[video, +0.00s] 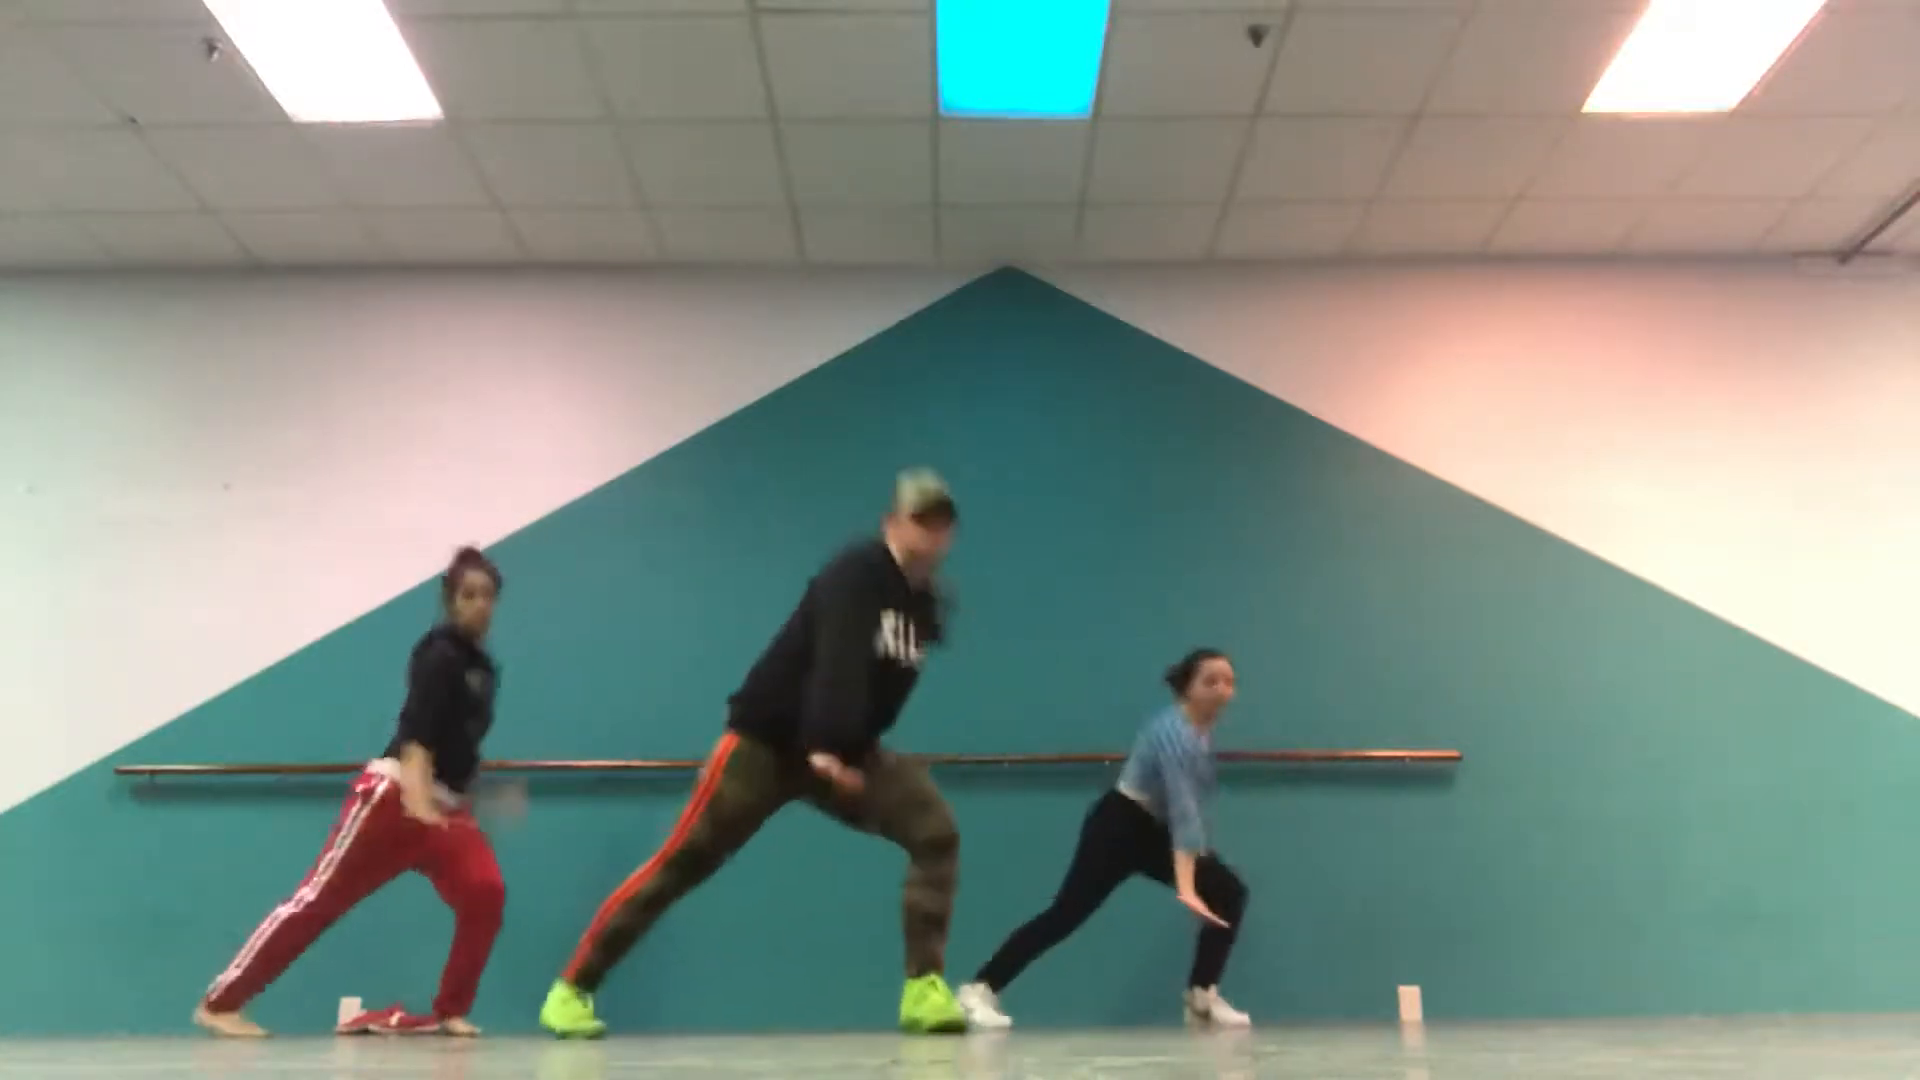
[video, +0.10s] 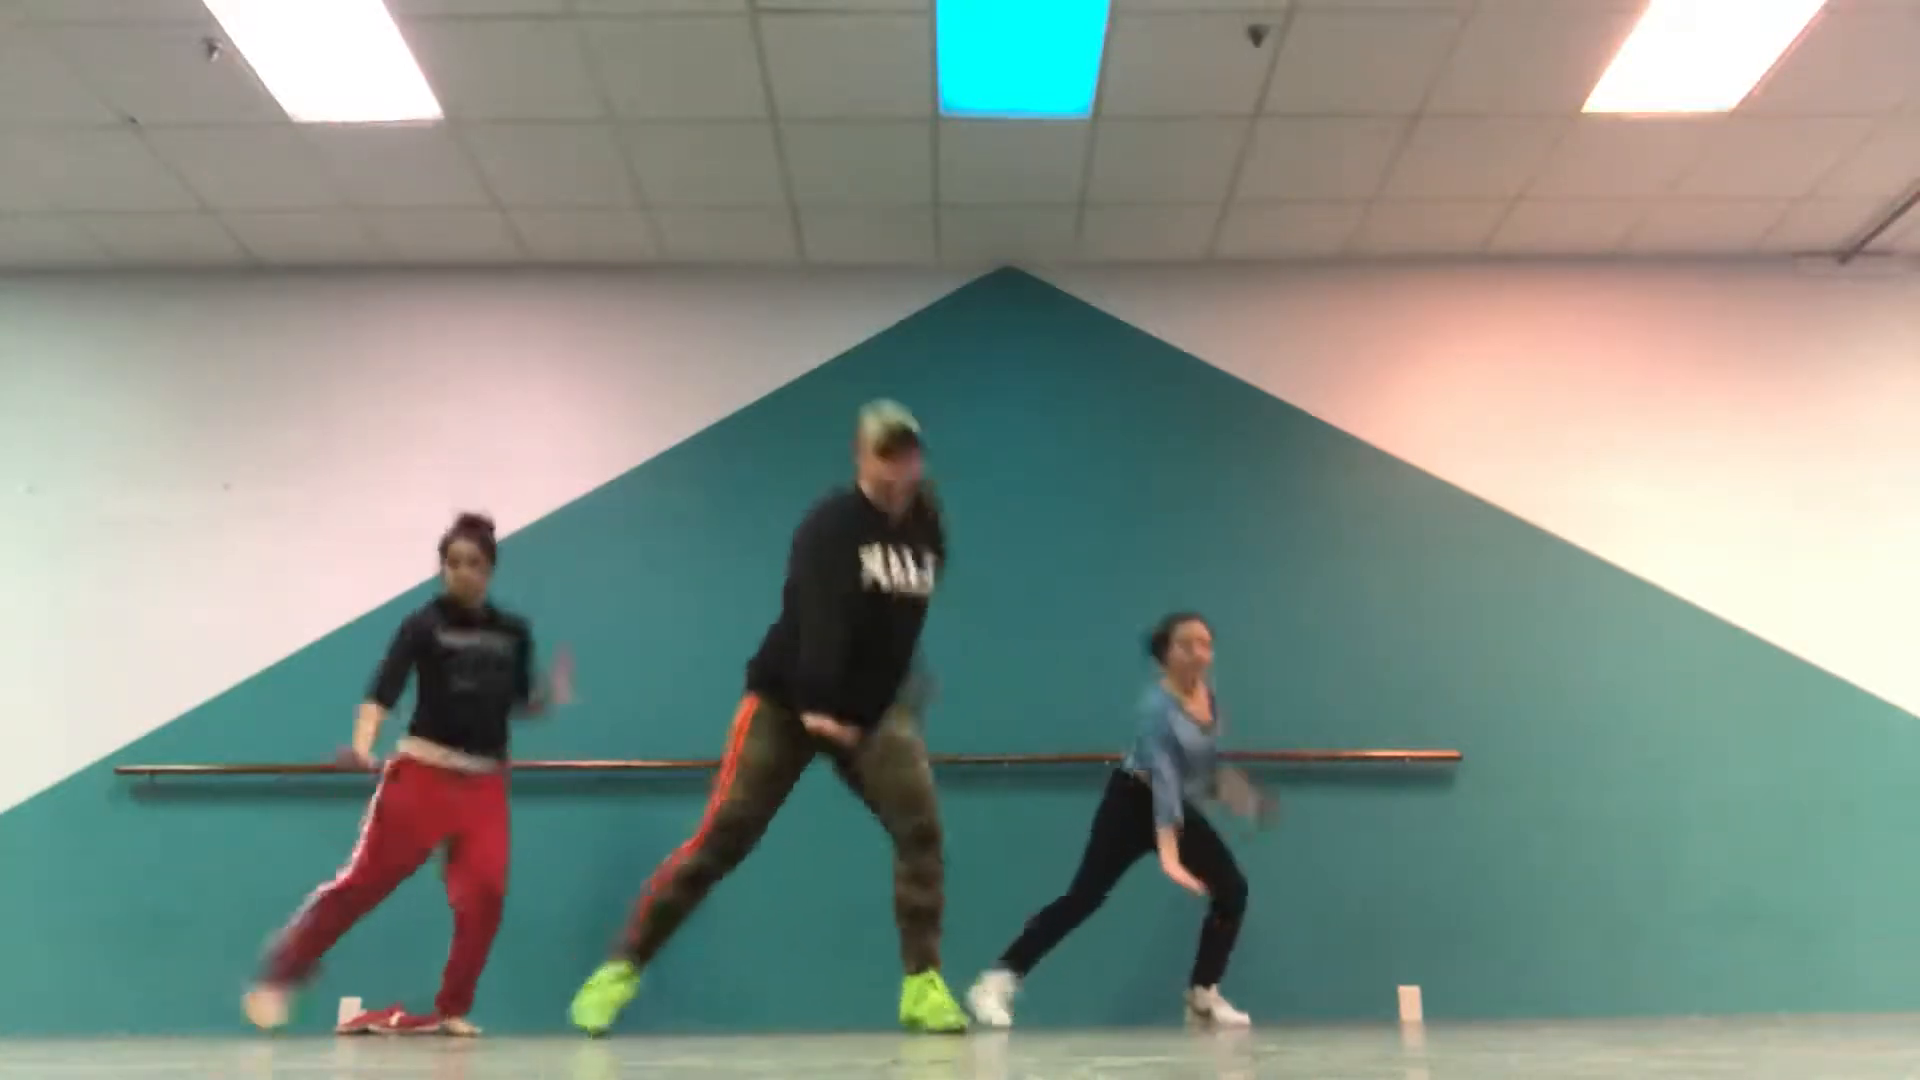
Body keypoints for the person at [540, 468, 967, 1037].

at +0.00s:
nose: (931, 537)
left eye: (941, 526)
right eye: (920, 522)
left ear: (950, 533)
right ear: (891, 523)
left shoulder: (923, 601)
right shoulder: (854, 575)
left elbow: (887, 674)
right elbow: (836, 657)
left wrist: (858, 746)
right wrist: (825, 743)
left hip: (844, 754)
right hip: (767, 743)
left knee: (934, 834)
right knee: (683, 862)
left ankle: (924, 989)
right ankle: (573, 989)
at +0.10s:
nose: (897, 470)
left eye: (907, 457)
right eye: (884, 457)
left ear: (921, 462)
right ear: (861, 462)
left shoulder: (926, 524)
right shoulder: (831, 523)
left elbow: (899, 620)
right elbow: (813, 613)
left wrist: (875, 701)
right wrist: (817, 700)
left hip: (872, 709)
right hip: (789, 701)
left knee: (919, 826)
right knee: (727, 833)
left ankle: (922, 983)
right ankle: (624, 967)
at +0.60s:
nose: (832, 519)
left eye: (846, 506)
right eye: (822, 506)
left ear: (875, 516)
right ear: (808, 518)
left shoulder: (906, 576)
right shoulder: (815, 597)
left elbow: (915, 680)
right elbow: (826, 697)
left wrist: (895, 779)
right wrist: (847, 774)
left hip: (965, 730)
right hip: (883, 750)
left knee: (1040, 858)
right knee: (785, 830)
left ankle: (1144, 986)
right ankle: (808, 990)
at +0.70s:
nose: (843, 481)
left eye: (855, 468)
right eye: (833, 469)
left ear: (880, 471)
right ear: (821, 478)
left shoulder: (910, 520)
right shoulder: (822, 558)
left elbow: (925, 610)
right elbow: (805, 638)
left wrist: (877, 693)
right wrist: (837, 698)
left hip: (979, 695)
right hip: (904, 716)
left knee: (1038, 821)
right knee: (819, 814)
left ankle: (1147, 975)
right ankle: (811, 988)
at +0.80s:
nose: (856, 449)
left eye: (869, 435)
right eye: (846, 436)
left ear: (894, 442)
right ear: (833, 447)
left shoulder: (922, 482)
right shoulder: (827, 508)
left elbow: (946, 523)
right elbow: (763, 559)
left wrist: (861, 564)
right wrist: (809, 561)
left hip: (985, 649)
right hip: (917, 673)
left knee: (1002, 778)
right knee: (868, 800)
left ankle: (1122, 909)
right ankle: (891, 962)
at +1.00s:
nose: (893, 451)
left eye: (904, 441)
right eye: (882, 440)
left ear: (924, 450)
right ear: (865, 451)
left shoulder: (952, 492)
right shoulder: (844, 505)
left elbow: (948, 520)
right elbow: (765, 522)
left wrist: (868, 544)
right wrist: (817, 548)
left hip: (986, 668)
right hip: (912, 693)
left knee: (898, 723)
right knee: (945, 858)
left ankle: (1008, 785)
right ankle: (1009, 982)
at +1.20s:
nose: (888, 443)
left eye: (901, 434)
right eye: (879, 432)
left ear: (923, 448)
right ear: (861, 442)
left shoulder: (947, 513)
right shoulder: (831, 521)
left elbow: (951, 617)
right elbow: (819, 617)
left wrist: (900, 701)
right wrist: (830, 703)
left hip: (947, 688)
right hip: (878, 695)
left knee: (896, 816)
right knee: (953, 844)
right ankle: (1012, 982)